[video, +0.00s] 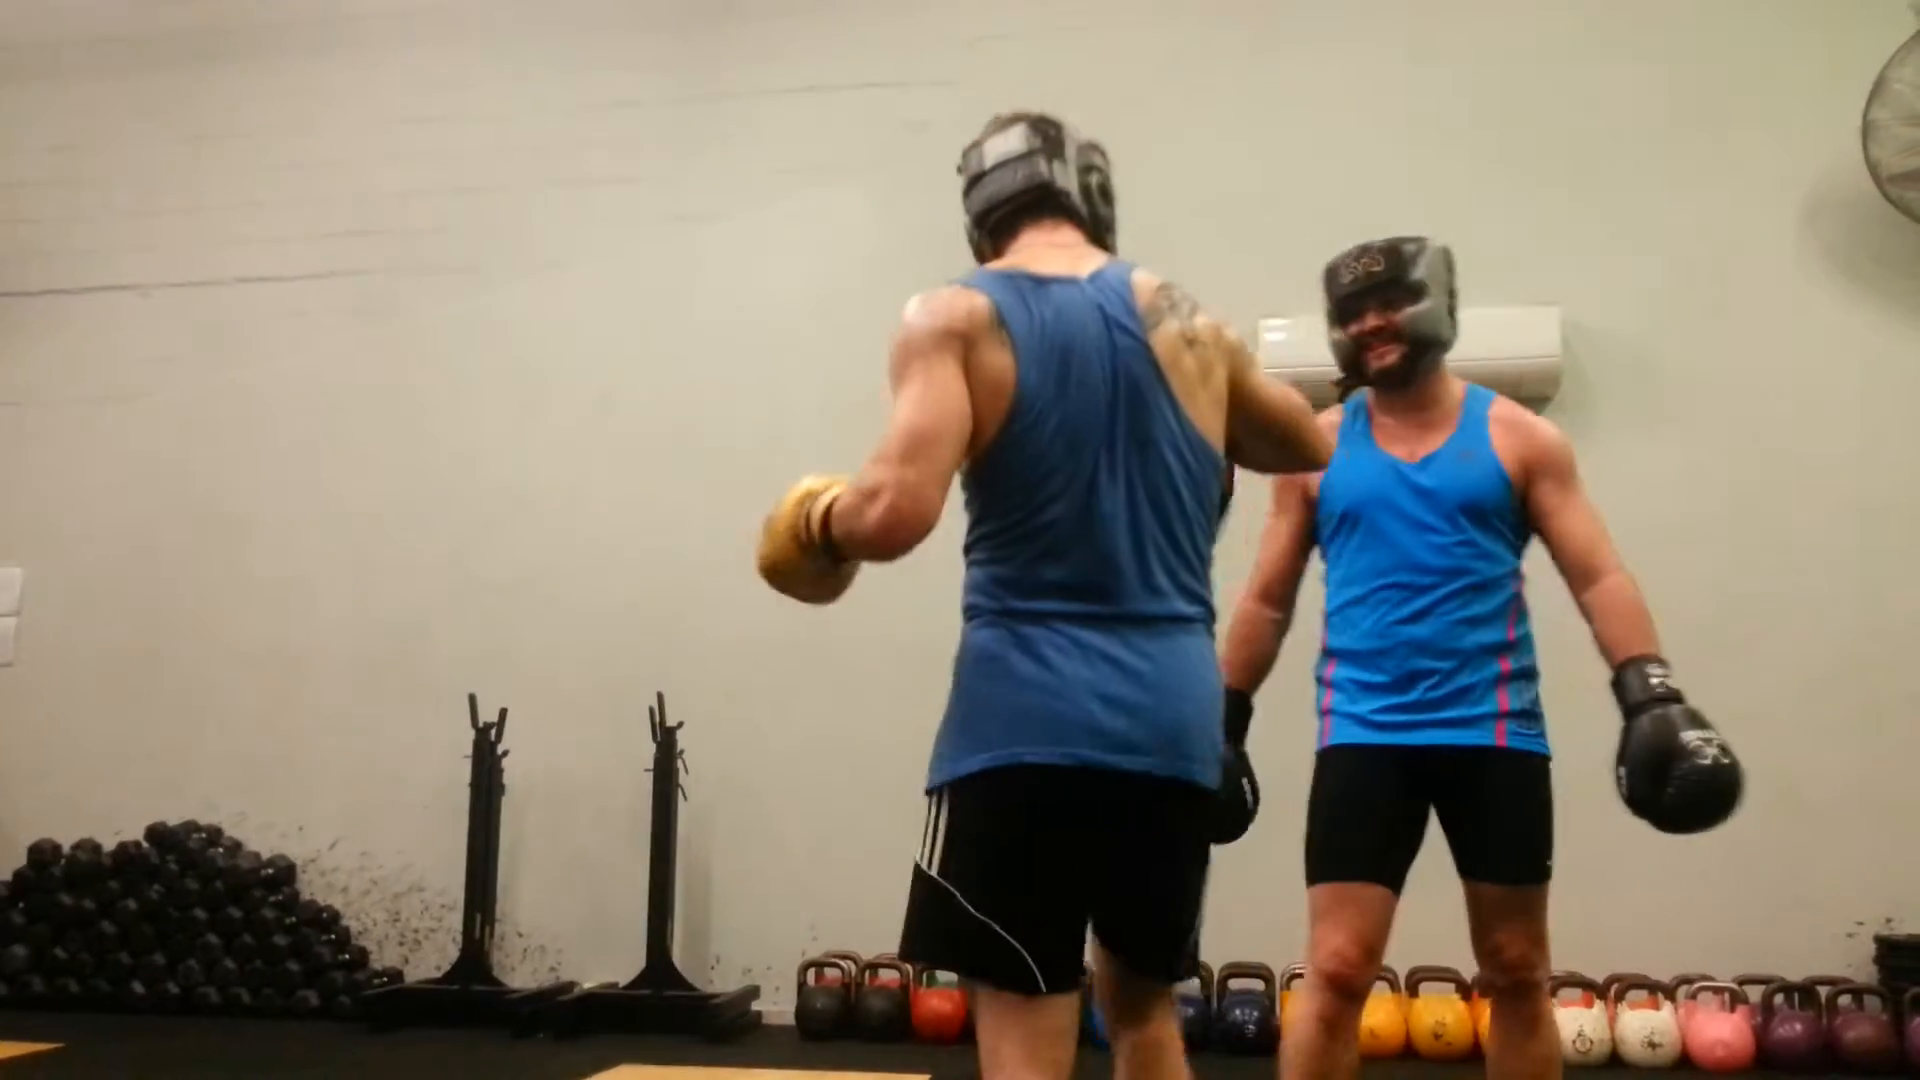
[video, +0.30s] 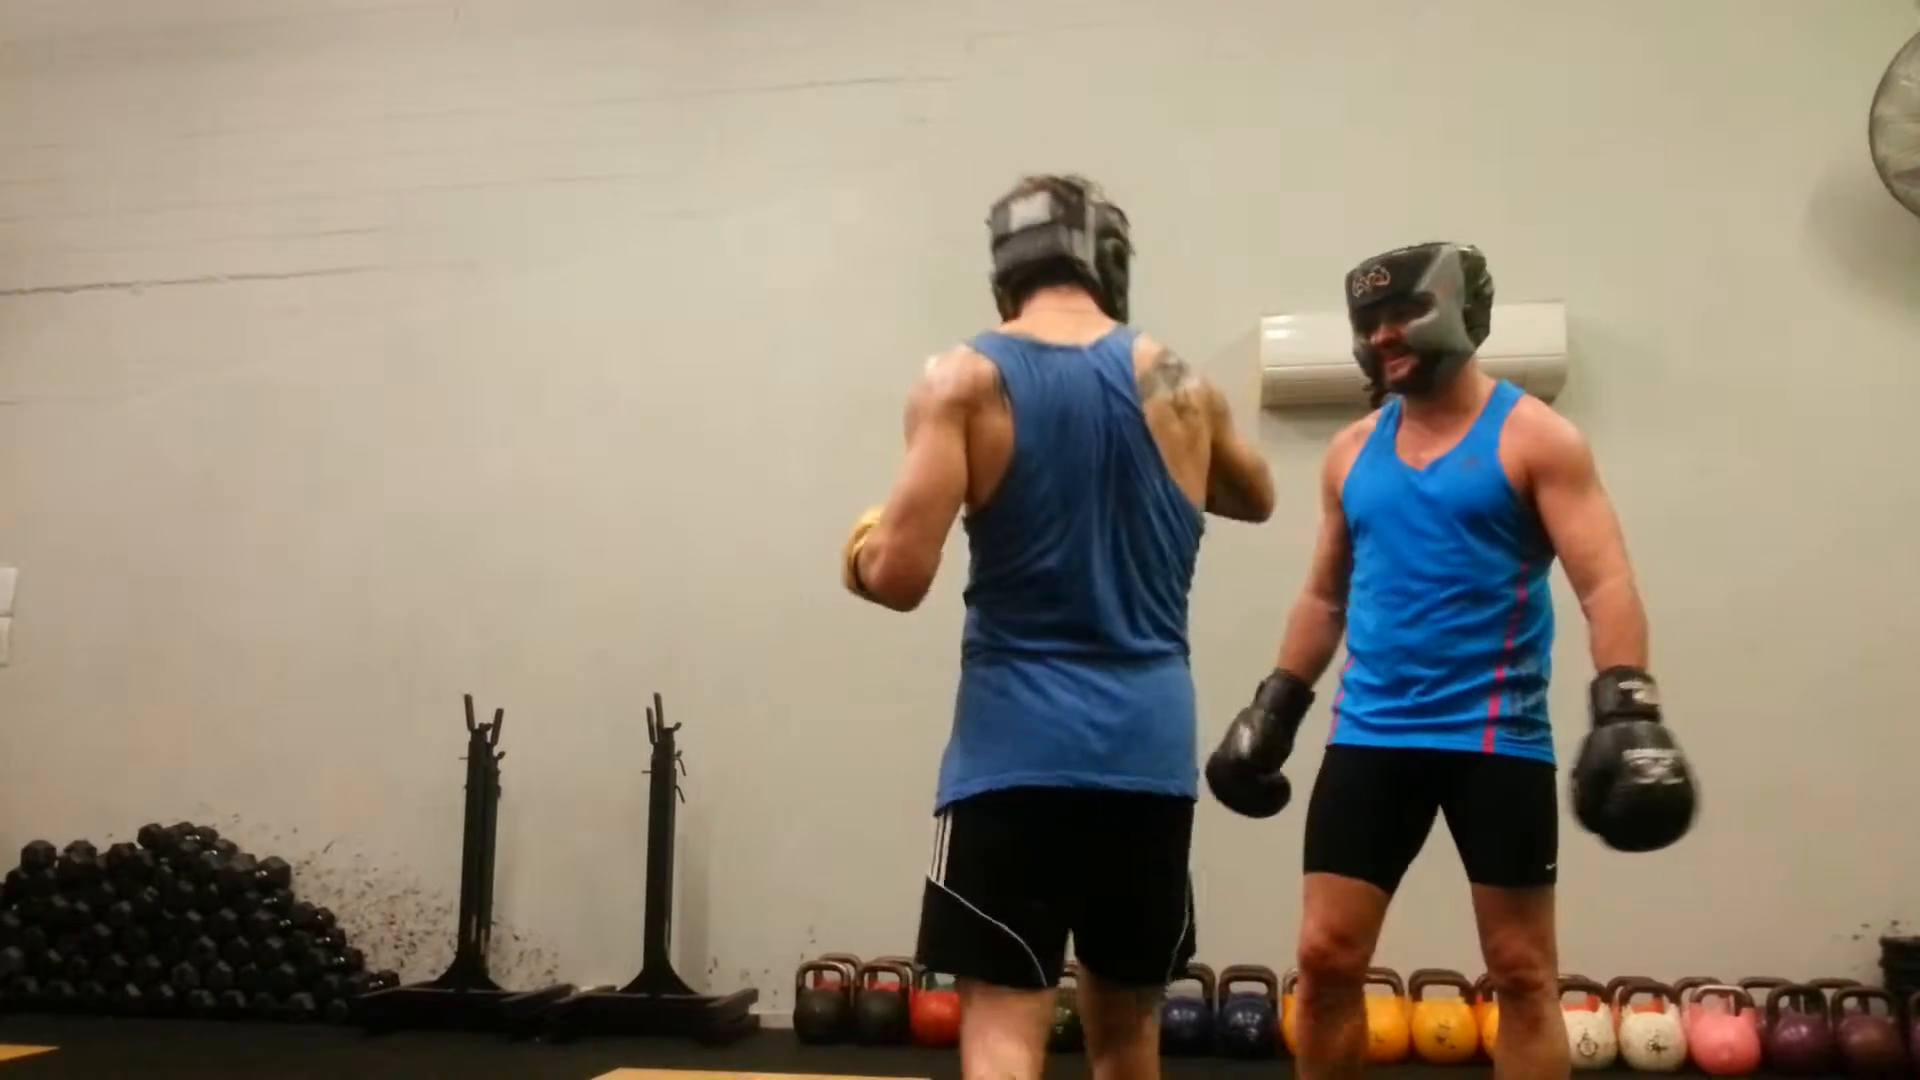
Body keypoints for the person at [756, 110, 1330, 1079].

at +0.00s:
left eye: (971, 213)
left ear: (979, 215)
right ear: (1096, 196)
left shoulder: (955, 317)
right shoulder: (1185, 326)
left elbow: (897, 515)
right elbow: (1307, 446)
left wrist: (823, 514)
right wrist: (1200, 413)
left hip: (1021, 728)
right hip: (1172, 731)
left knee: (1023, 1041)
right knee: (1143, 1004)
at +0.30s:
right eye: (1113, 251)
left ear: (1001, 267)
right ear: (1111, 259)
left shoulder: (964, 379)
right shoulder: (1180, 385)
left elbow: (900, 580)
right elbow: (1252, 497)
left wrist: (864, 549)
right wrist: (1147, 462)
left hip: (1013, 758)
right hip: (1150, 760)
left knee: (1001, 1033)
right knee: (1128, 1032)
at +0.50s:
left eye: (1031, 275)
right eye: (1141, 275)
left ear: (1032, 287)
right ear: (1138, 284)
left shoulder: (987, 395)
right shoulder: (1196, 408)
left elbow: (920, 573)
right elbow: (1199, 532)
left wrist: (930, 548)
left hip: (1013, 753)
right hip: (1151, 755)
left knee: (939, 986)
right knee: (1132, 1019)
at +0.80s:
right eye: (1148, 329)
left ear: (1042, 327)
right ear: (1138, 331)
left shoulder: (975, 420)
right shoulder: (1185, 452)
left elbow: (912, 587)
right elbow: (1186, 636)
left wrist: (982, 576)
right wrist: (1094, 614)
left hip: (1000, 763)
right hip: (1129, 767)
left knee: (940, 1010)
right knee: (1116, 1015)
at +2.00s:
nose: (1119, 376)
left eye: (1112, 361)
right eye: (1113, 363)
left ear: (1014, 372)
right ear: (1100, 373)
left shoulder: (952, 462)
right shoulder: (1111, 483)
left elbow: (891, 566)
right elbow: (1124, 657)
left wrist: (980, 608)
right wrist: (1161, 743)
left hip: (962, 758)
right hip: (1072, 764)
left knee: (955, 973)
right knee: (1100, 986)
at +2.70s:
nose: (1232, 413)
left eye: (1234, 402)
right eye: (1232, 399)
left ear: (1139, 386)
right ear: (1214, 392)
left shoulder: (1066, 454)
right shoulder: (1224, 486)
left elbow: (999, 535)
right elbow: (1254, 648)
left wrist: (1092, 563)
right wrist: (1216, 721)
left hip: (1060, 756)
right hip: (1161, 761)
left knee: (1094, 972)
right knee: (1145, 986)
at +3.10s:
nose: (1227, 440)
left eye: (1229, 430)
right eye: (1226, 426)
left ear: (1139, 401)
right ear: (1206, 408)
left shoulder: (1073, 476)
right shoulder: (1214, 469)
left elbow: (1102, 614)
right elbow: (1257, 631)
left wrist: (1208, 645)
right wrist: (1183, 662)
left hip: (1089, 761)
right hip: (1185, 762)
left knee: (1128, 959)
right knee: (1246, 962)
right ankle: (1179, 1078)